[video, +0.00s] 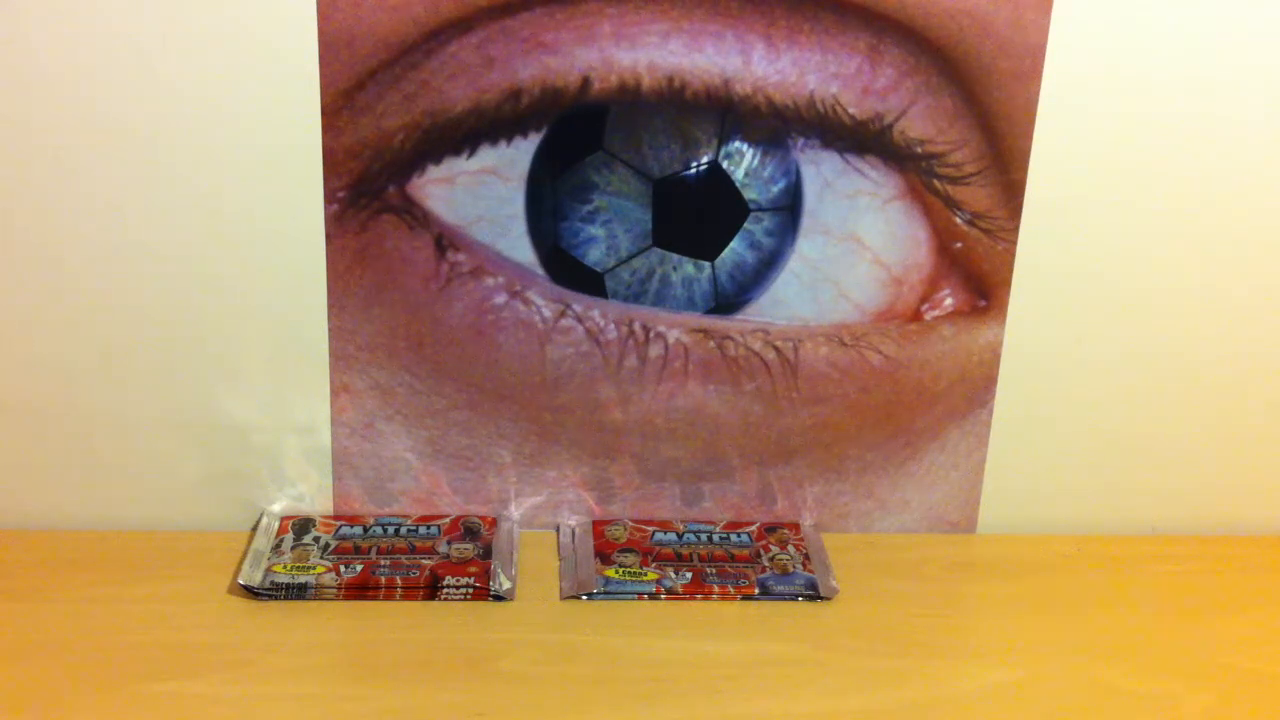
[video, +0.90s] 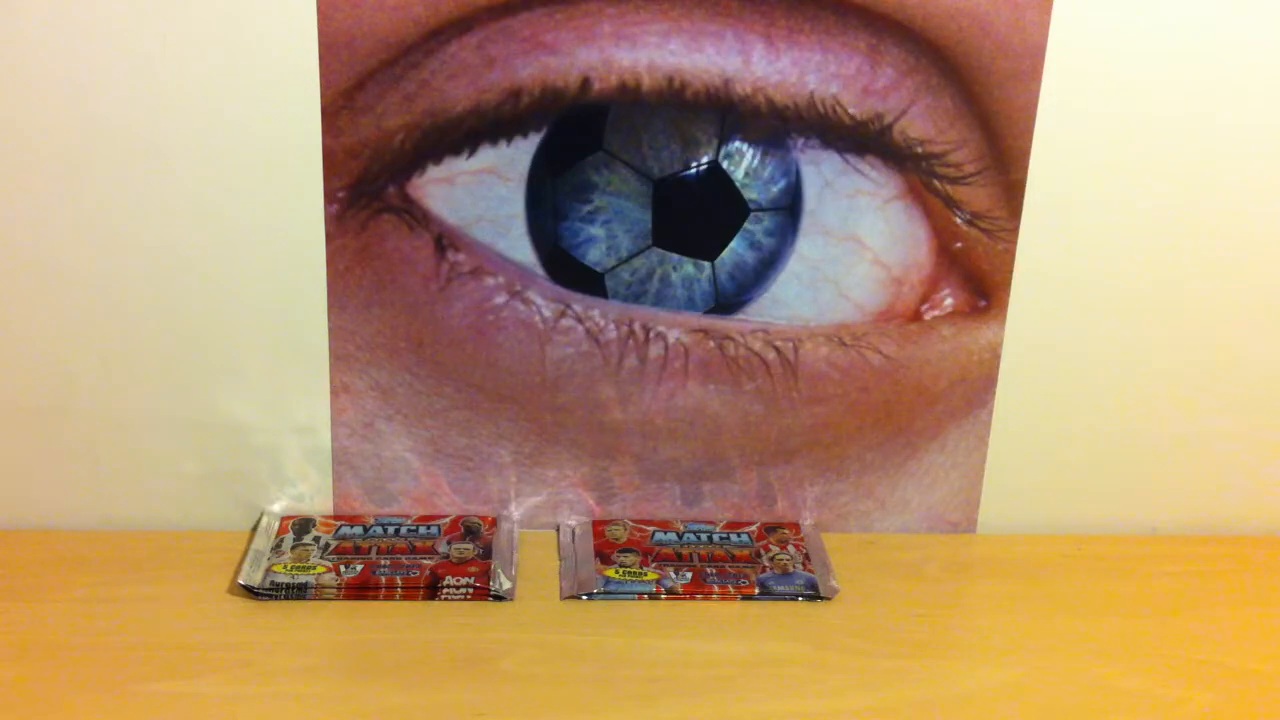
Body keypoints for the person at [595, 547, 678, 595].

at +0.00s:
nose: (621, 560)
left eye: (626, 557)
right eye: (619, 557)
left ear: (638, 558)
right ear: (616, 558)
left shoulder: (651, 573)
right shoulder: (609, 571)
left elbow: (673, 589)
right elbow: (596, 589)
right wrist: (597, 574)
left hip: (640, 606)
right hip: (612, 605)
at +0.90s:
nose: (621, 560)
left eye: (626, 557)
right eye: (619, 557)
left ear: (638, 558)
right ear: (616, 558)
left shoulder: (650, 573)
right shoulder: (610, 571)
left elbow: (665, 582)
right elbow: (597, 586)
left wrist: (672, 588)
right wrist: (597, 574)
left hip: (642, 604)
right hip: (614, 604)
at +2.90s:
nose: (621, 560)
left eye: (626, 557)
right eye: (619, 557)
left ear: (638, 558)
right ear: (616, 558)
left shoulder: (651, 573)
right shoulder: (610, 572)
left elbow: (668, 585)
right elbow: (597, 588)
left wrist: (674, 588)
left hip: (641, 606)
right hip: (612, 606)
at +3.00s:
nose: (621, 560)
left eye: (626, 557)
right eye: (619, 557)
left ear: (638, 558)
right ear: (616, 558)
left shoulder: (651, 573)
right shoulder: (609, 572)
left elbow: (669, 586)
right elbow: (597, 587)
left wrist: (675, 589)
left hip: (642, 606)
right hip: (613, 606)